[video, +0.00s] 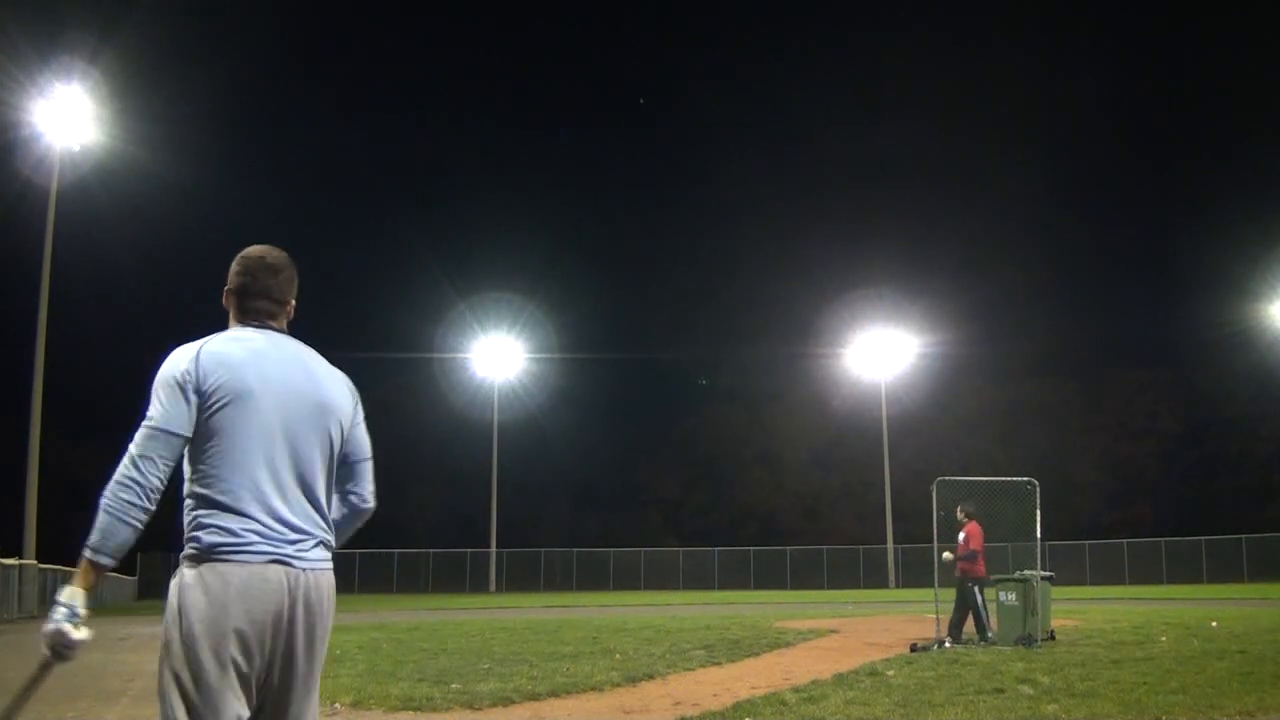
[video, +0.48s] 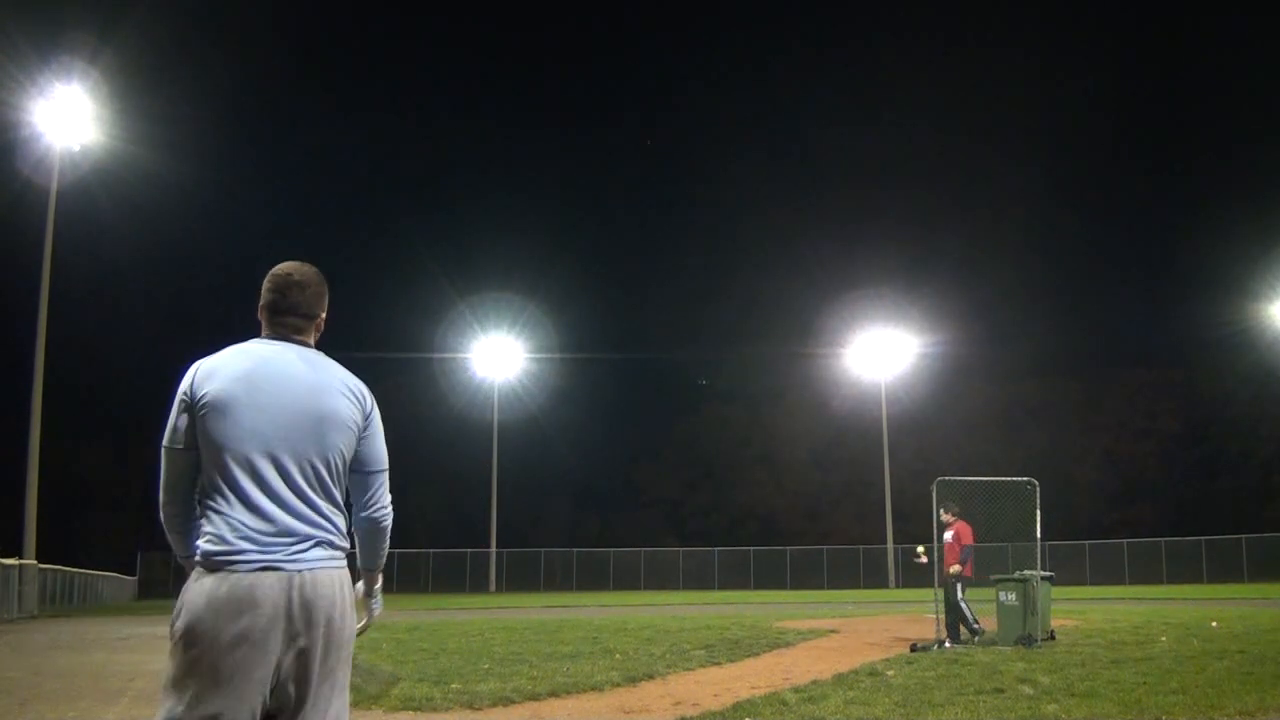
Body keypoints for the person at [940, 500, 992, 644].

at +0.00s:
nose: (957, 514)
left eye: (958, 512)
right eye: (957, 512)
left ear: (965, 513)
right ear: (966, 514)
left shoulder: (974, 528)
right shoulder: (965, 528)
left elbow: (975, 552)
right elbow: (966, 551)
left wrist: (955, 557)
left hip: (974, 576)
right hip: (964, 575)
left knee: (978, 607)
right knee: (960, 608)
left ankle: (985, 636)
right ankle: (954, 636)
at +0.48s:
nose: (941, 518)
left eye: (943, 514)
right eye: (940, 515)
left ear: (951, 514)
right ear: (948, 515)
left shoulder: (962, 527)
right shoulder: (948, 529)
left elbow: (968, 547)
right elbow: (950, 550)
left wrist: (960, 564)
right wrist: (946, 567)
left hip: (958, 572)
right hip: (948, 572)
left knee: (957, 600)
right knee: (950, 605)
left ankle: (975, 629)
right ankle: (953, 636)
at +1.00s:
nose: (935, 514)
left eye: (937, 511)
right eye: (935, 512)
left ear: (946, 512)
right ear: (941, 513)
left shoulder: (955, 527)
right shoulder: (940, 527)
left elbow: (960, 548)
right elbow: (941, 549)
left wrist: (957, 567)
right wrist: (937, 568)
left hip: (951, 573)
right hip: (942, 573)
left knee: (953, 606)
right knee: (946, 606)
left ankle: (955, 636)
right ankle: (948, 635)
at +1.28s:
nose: (935, 513)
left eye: (937, 511)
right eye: (935, 511)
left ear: (945, 512)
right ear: (940, 513)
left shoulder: (951, 526)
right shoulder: (941, 527)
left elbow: (955, 548)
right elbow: (942, 549)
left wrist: (950, 568)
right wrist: (939, 568)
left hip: (951, 573)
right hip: (942, 573)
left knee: (952, 606)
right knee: (945, 606)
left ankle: (954, 636)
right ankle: (948, 635)